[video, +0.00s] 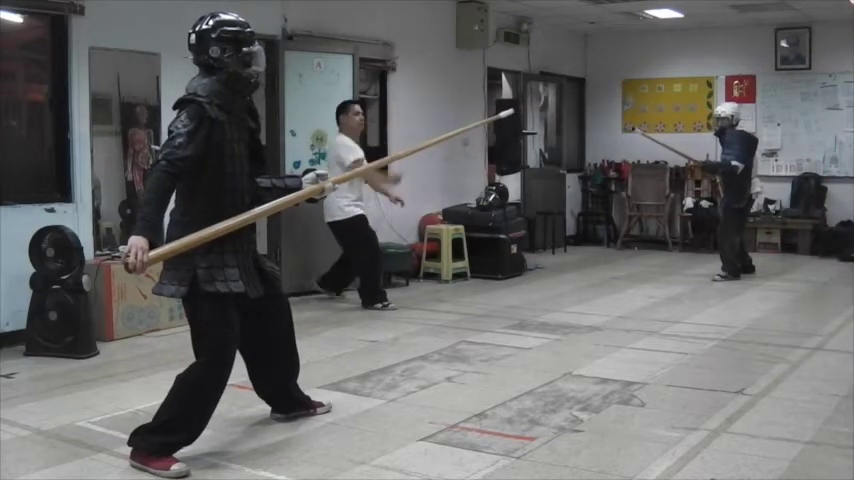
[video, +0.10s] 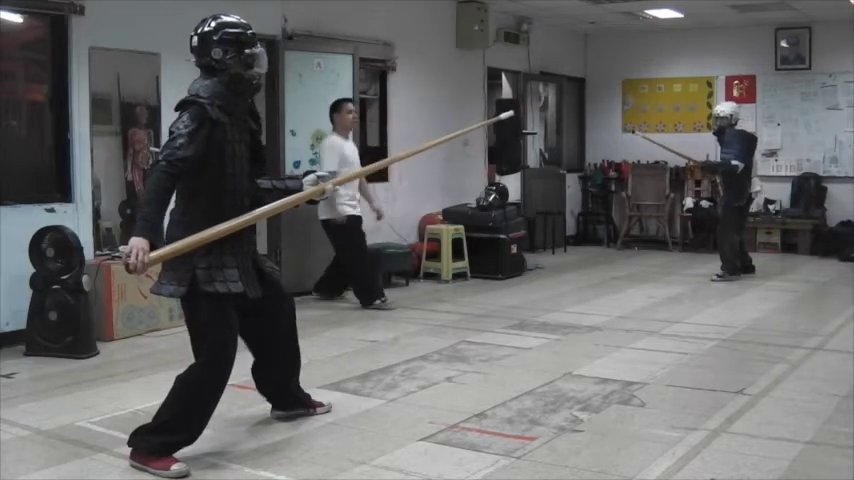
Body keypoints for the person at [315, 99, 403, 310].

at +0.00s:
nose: (361, 118)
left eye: (362, 114)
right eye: (356, 114)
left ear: (362, 120)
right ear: (342, 120)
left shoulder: (346, 143)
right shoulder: (344, 144)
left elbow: (364, 175)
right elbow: (363, 172)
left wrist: (387, 186)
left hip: (344, 208)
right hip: (344, 208)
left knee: (357, 250)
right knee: (368, 247)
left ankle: (330, 283)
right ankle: (372, 298)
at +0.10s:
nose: (353, 116)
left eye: (354, 112)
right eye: (348, 112)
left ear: (354, 117)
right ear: (335, 118)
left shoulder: (350, 145)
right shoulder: (331, 144)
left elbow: (359, 179)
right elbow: (327, 179)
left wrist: (373, 204)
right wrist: (337, 210)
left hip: (351, 210)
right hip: (336, 211)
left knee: (350, 254)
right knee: (356, 254)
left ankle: (326, 289)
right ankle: (371, 297)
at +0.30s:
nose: (340, 111)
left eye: (341, 107)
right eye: (335, 107)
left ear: (340, 111)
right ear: (322, 112)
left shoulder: (342, 139)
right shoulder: (313, 137)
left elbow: (344, 169)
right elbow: (300, 169)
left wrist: (348, 190)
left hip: (337, 202)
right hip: (316, 203)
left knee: (335, 247)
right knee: (328, 247)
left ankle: (321, 289)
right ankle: (337, 293)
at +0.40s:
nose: (331, 110)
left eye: (332, 106)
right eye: (326, 106)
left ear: (331, 109)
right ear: (313, 110)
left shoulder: (331, 136)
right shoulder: (306, 136)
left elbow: (334, 164)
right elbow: (299, 165)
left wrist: (338, 185)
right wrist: (300, 190)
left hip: (328, 189)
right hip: (311, 191)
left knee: (331, 240)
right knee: (317, 242)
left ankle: (332, 285)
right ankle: (318, 288)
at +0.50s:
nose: (322, 112)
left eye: (323, 107)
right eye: (317, 107)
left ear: (322, 110)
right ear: (304, 110)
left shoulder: (322, 139)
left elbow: (335, 171)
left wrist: (355, 180)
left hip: (320, 208)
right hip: (298, 209)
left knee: (325, 250)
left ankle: (328, 289)